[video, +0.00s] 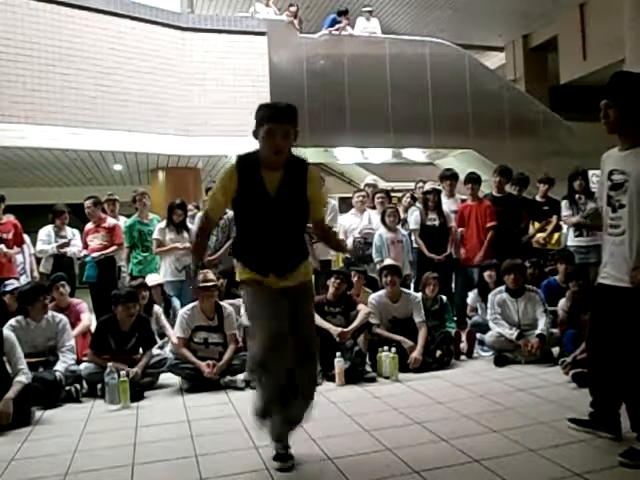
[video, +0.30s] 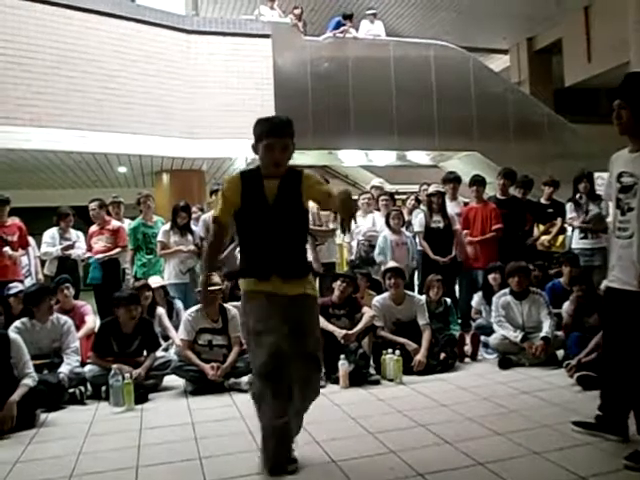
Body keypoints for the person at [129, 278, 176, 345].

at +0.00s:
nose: (143, 294)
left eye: (145, 290)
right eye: (139, 291)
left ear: (149, 293)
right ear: (135, 294)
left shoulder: (155, 309)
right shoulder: (131, 311)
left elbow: (165, 326)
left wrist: (174, 339)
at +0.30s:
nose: (146, 294)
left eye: (148, 290)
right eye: (142, 291)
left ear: (152, 293)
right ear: (137, 294)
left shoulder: (158, 311)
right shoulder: (134, 312)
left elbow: (169, 329)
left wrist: (177, 342)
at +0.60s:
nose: (145, 295)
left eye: (148, 291)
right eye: (142, 292)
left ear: (152, 293)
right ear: (137, 295)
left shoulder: (158, 311)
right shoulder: (133, 312)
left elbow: (167, 328)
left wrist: (176, 342)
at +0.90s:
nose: (146, 295)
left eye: (149, 291)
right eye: (142, 292)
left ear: (152, 293)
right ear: (137, 295)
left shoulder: (158, 311)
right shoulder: (133, 312)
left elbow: (168, 328)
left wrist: (176, 342)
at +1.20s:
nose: (146, 296)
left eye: (149, 292)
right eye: (143, 293)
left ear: (152, 294)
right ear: (137, 295)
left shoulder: (158, 311)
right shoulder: (134, 312)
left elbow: (167, 328)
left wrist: (175, 341)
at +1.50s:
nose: (146, 296)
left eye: (149, 292)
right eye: (143, 293)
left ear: (152, 294)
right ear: (137, 296)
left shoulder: (158, 311)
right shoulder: (134, 312)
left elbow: (167, 328)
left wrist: (176, 341)